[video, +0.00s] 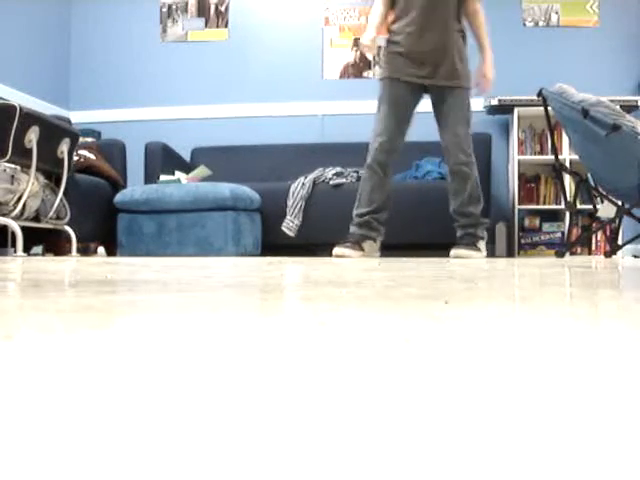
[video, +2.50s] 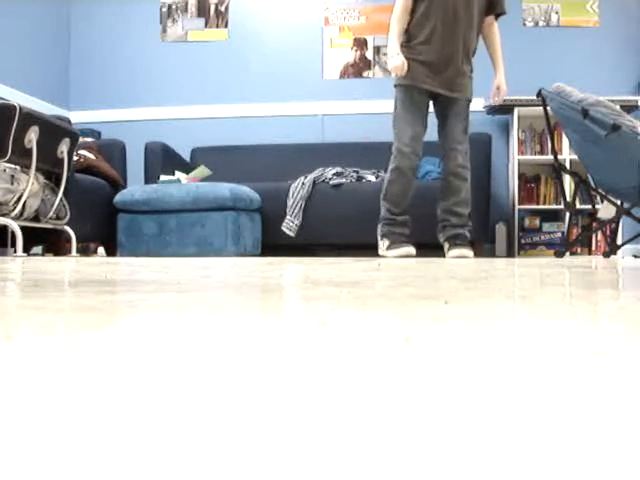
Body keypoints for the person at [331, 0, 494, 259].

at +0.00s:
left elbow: (472, 7)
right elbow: (383, 5)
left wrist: (486, 58)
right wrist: (370, 34)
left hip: (449, 60)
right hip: (401, 58)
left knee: (459, 154)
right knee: (381, 149)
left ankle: (470, 238)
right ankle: (364, 238)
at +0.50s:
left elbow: (499, 6)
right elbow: (404, 2)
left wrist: (517, 48)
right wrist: (394, 37)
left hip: (468, 53)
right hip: (425, 48)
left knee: (468, 148)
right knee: (421, 124)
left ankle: (471, 234)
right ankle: (408, 224)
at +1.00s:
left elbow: (463, 5)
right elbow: (378, 11)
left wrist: (468, 47)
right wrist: (368, 54)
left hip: (442, 60)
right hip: (395, 62)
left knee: (448, 147)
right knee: (396, 157)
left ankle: (461, 236)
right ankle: (401, 237)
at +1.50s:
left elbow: (461, 9)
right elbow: (378, 10)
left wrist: (471, 53)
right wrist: (365, 57)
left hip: (440, 67)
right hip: (393, 66)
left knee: (444, 153)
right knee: (392, 154)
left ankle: (438, 237)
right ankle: (395, 238)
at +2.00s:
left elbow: (471, 12)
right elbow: (387, 9)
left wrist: (478, 60)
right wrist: (383, 51)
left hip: (452, 68)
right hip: (405, 67)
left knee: (454, 157)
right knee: (399, 155)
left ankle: (451, 238)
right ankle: (396, 238)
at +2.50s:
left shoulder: (483, 3)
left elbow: (489, 22)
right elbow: (403, 6)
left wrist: (499, 73)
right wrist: (394, 50)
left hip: (458, 71)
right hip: (414, 65)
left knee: (457, 159)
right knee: (407, 153)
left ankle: (456, 237)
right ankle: (392, 235)